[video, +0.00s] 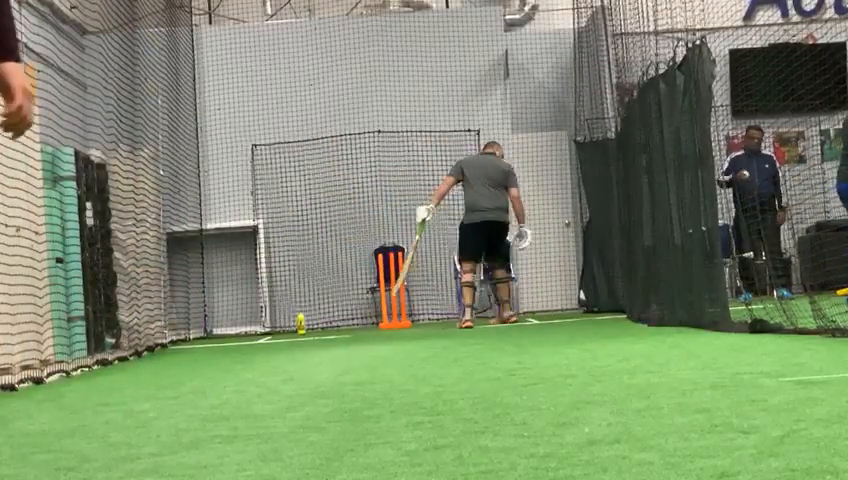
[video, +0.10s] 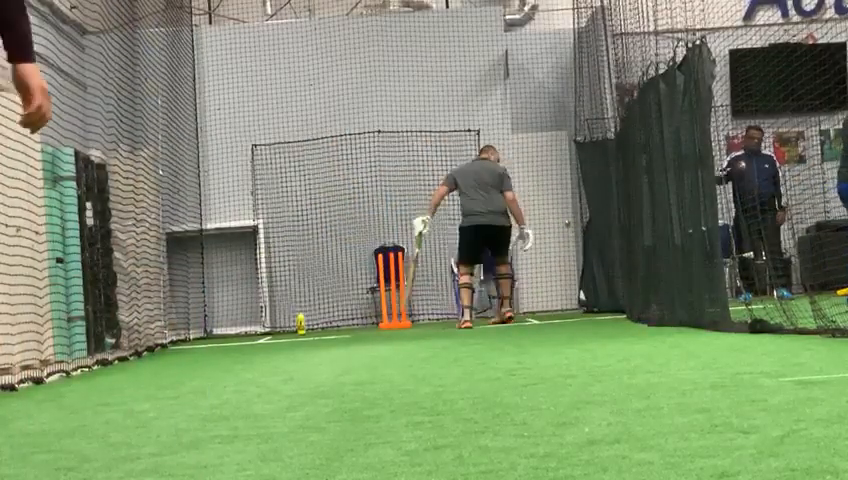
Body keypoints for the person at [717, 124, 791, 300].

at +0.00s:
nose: (755, 142)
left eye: (758, 139)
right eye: (751, 138)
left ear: (762, 141)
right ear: (744, 140)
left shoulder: (769, 159)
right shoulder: (735, 159)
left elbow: (777, 185)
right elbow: (721, 181)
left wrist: (781, 207)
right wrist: (735, 178)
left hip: (768, 211)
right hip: (744, 212)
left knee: (774, 248)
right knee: (746, 252)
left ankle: (779, 286)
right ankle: (748, 289)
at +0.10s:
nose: (755, 142)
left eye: (759, 139)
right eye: (752, 138)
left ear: (762, 142)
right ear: (744, 140)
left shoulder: (769, 160)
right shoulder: (736, 160)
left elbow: (777, 186)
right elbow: (724, 178)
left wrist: (781, 207)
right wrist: (710, 179)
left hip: (768, 211)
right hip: (744, 212)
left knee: (774, 248)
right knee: (746, 251)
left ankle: (779, 286)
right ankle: (748, 289)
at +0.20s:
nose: (754, 142)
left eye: (758, 139)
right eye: (751, 138)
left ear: (762, 142)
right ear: (744, 140)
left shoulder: (769, 160)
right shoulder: (735, 161)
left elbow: (777, 186)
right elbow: (717, 174)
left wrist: (781, 207)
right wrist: (705, 167)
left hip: (768, 211)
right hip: (744, 212)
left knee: (774, 248)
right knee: (745, 251)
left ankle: (780, 286)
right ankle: (749, 289)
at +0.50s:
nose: (756, 143)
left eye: (759, 141)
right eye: (752, 140)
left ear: (763, 142)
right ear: (745, 140)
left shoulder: (768, 160)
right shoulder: (735, 159)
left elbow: (781, 180)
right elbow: (713, 170)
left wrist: (779, 192)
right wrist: (727, 155)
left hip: (767, 210)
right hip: (744, 211)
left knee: (773, 247)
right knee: (744, 250)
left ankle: (779, 286)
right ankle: (749, 289)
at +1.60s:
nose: (759, 144)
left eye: (762, 141)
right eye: (755, 140)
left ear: (765, 141)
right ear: (749, 141)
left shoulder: (772, 158)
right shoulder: (740, 157)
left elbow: (780, 182)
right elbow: (731, 172)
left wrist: (786, 203)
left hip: (770, 209)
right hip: (748, 210)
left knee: (775, 247)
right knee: (746, 250)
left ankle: (781, 286)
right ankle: (749, 289)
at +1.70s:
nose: (761, 143)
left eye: (764, 140)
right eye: (757, 140)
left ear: (766, 141)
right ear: (749, 140)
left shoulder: (772, 158)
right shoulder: (742, 158)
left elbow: (780, 180)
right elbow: (739, 180)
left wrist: (785, 201)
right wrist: (751, 198)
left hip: (771, 206)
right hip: (750, 207)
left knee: (775, 245)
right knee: (748, 247)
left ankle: (780, 285)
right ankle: (749, 288)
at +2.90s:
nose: (758, 144)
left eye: (760, 141)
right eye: (754, 141)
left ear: (763, 141)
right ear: (745, 141)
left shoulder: (770, 158)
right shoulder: (735, 160)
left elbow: (778, 183)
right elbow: (726, 185)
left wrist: (782, 205)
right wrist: (732, 209)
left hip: (770, 211)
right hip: (746, 213)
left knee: (775, 248)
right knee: (747, 251)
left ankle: (780, 285)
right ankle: (748, 289)